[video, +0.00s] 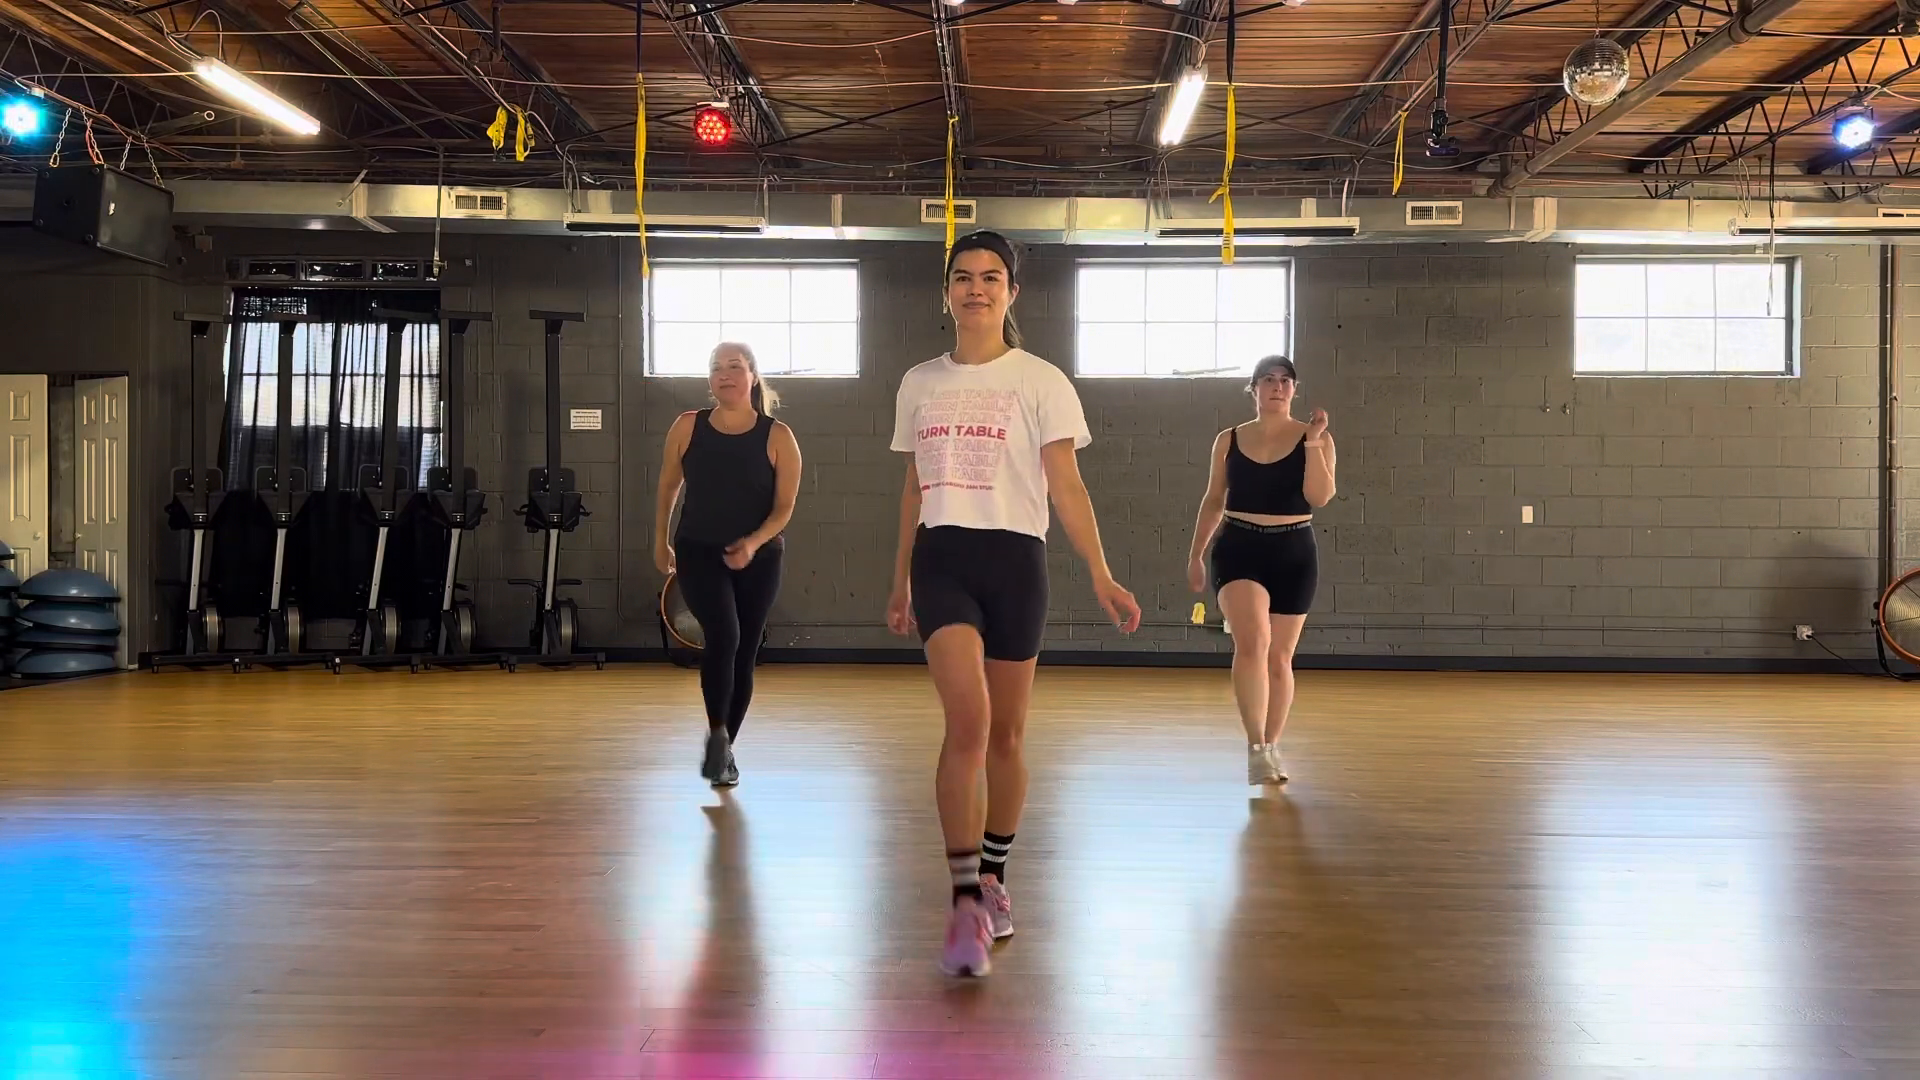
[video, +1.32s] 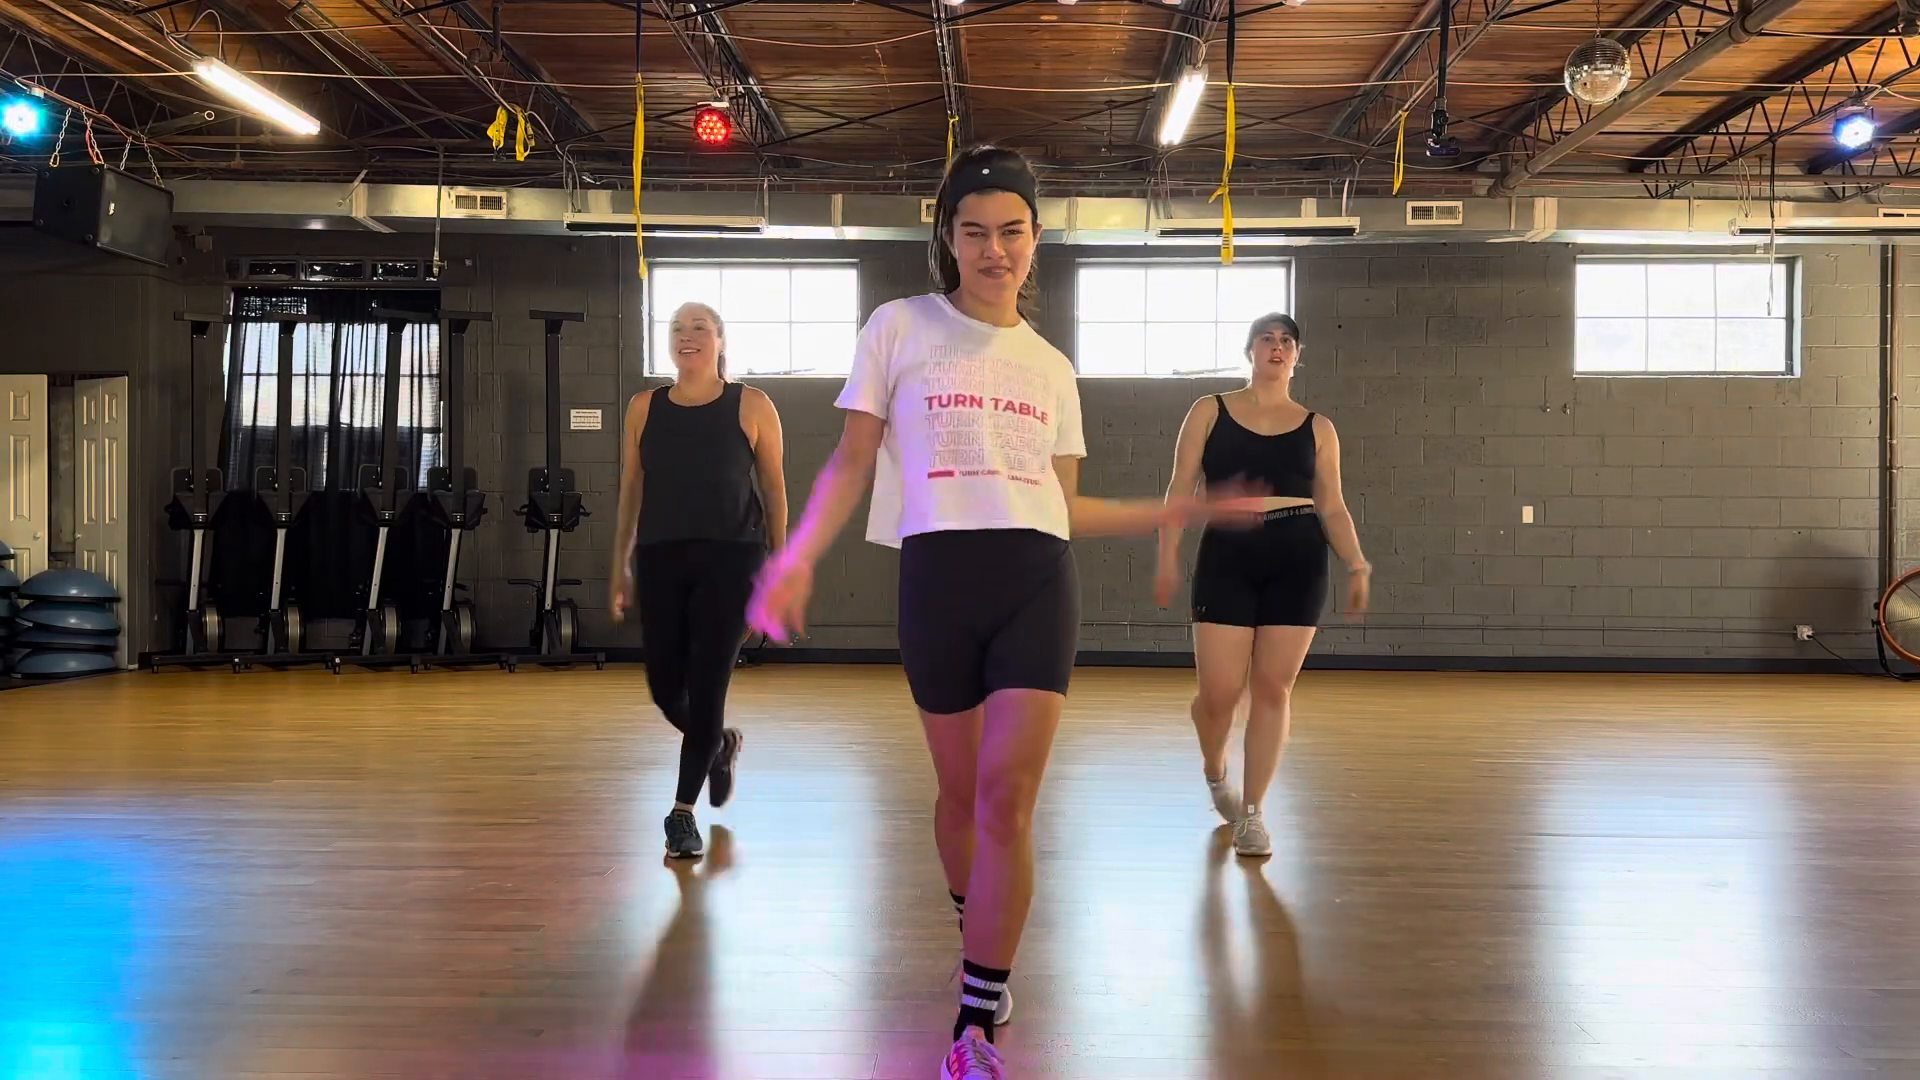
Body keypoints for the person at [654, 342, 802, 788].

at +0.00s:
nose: (726, 374)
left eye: (736, 367)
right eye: (718, 367)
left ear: (754, 377)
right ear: (709, 379)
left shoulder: (778, 436)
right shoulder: (687, 427)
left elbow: (784, 509)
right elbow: (668, 487)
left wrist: (755, 540)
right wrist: (661, 540)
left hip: (759, 553)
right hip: (699, 550)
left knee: (743, 654)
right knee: (723, 635)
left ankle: (725, 751)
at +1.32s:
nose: (688, 337)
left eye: (699, 329)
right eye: (680, 329)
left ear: (721, 343)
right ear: (670, 344)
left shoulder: (752, 405)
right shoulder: (645, 406)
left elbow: (775, 494)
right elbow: (630, 490)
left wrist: (780, 571)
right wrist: (620, 566)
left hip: (729, 563)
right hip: (659, 564)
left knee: (707, 690)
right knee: (668, 695)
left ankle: (684, 811)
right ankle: (719, 745)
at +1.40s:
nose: (686, 336)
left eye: (698, 328)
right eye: (678, 328)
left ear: (719, 341)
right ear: (667, 342)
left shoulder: (749, 407)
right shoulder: (643, 405)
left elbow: (772, 490)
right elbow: (622, 484)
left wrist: (799, 559)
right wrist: (586, 552)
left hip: (727, 566)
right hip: (657, 564)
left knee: (705, 692)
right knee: (643, 688)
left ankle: (683, 812)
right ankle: (698, 706)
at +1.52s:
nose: (683, 338)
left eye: (694, 330)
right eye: (675, 329)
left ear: (718, 342)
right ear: (664, 340)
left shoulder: (745, 409)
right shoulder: (639, 398)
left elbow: (784, 488)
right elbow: (603, 467)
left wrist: (861, 478)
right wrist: (520, 469)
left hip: (726, 562)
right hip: (652, 559)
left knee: (706, 690)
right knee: (633, 677)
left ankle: (682, 811)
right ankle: (679, 662)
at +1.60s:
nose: (680, 336)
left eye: (693, 327)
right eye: (672, 327)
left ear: (716, 340)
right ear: (660, 339)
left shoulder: (741, 405)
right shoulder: (634, 395)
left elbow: (797, 468)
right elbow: (585, 444)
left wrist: (832, 405)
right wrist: (532, 386)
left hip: (723, 557)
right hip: (648, 554)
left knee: (705, 690)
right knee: (637, 670)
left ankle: (682, 811)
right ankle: (663, 686)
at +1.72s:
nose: (677, 334)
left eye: (689, 326)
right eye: (667, 325)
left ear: (712, 336)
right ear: (656, 335)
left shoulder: (741, 400)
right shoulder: (630, 391)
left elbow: (806, 449)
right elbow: (567, 417)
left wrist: (820, 387)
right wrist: (568, 362)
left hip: (720, 557)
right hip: (644, 553)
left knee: (700, 691)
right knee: (641, 661)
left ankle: (685, 810)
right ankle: (642, 757)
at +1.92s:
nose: (678, 331)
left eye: (687, 320)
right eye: (662, 323)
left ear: (703, 332)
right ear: (645, 340)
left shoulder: (736, 400)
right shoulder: (619, 397)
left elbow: (789, 467)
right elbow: (533, 418)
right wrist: (575, 445)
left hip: (708, 566)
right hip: (635, 564)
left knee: (705, 717)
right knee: (630, 701)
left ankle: (681, 804)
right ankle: (611, 846)